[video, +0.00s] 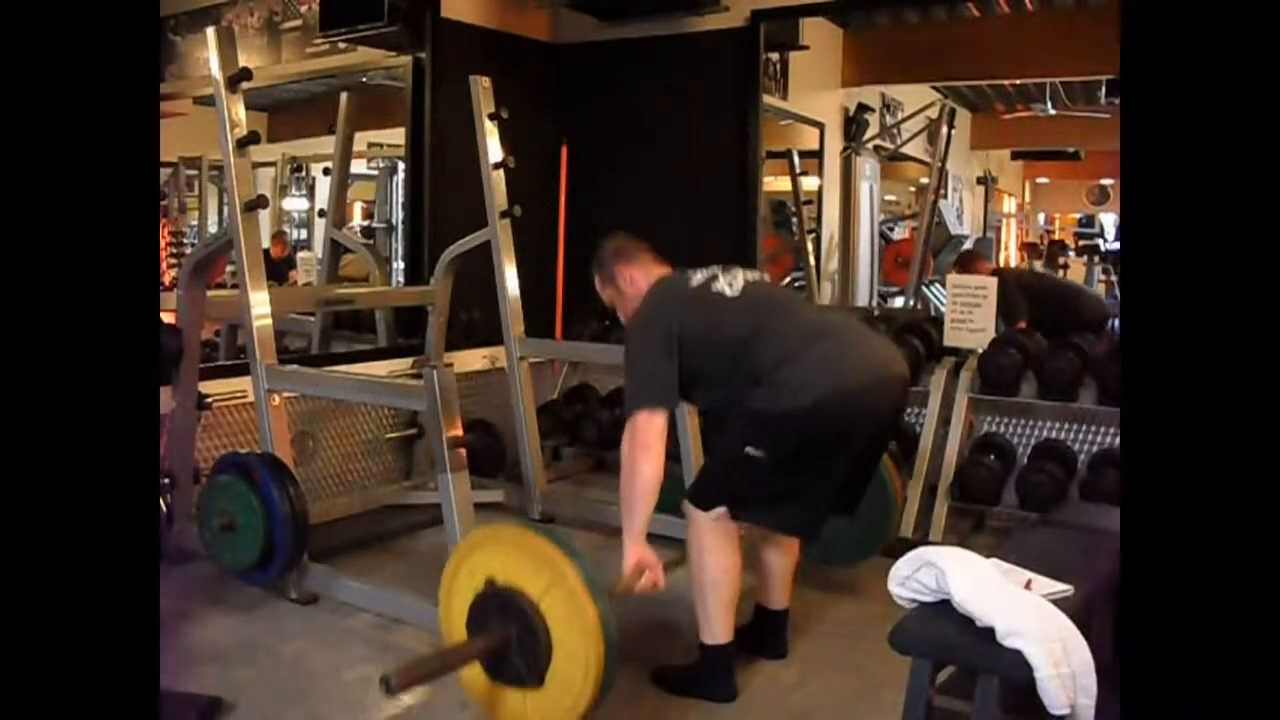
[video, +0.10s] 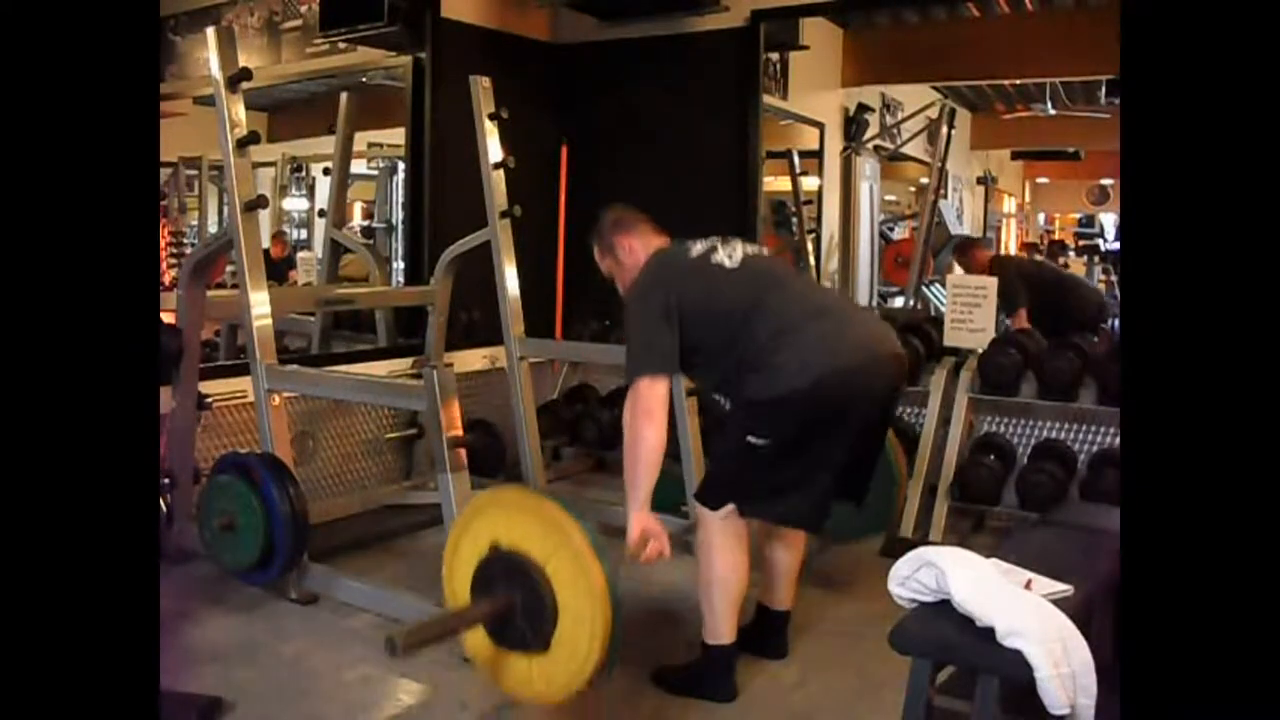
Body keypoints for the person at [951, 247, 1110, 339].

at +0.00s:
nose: (972, 282)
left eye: (968, 276)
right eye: (968, 278)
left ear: (977, 269)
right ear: (981, 264)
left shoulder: (1003, 279)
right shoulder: (1006, 276)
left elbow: (1018, 325)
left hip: (1089, 317)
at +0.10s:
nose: (968, 271)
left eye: (965, 264)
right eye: (963, 267)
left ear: (974, 255)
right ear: (981, 251)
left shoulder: (1004, 269)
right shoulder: (1005, 266)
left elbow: (1020, 323)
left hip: (1085, 310)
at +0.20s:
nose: (968, 253)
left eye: (967, 246)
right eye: (965, 248)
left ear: (978, 236)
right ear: (982, 233)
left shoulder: (1004, 251)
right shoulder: (1006, 251)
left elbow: (1021, 305)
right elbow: (1019, 306)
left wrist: (1024, 352)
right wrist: (1024, 351)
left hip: (1079, 305)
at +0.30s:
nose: (977, 218)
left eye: (978, 211)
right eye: (976, 212)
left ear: (990, 207)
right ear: (997, 204)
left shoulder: (1011, 227)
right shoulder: (1007, 230)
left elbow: (1025, 282)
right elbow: (1020, 283)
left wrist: (1021, 328)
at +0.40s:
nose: (989, 192)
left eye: (992, 186)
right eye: (989, 187)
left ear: (1007, 185)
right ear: (1014, 185)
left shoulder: (1023, 213)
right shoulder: (1018, 213)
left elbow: (1029, 272)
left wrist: (1017, 318)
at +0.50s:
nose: (1008, 181)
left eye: (1012, 175)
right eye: (1009, 175)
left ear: (1024, 176)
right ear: (1033, 177)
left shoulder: (1037, 205)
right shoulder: (1030, 204)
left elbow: (1035, 257)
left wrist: (1021, 300)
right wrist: (1018, 297)